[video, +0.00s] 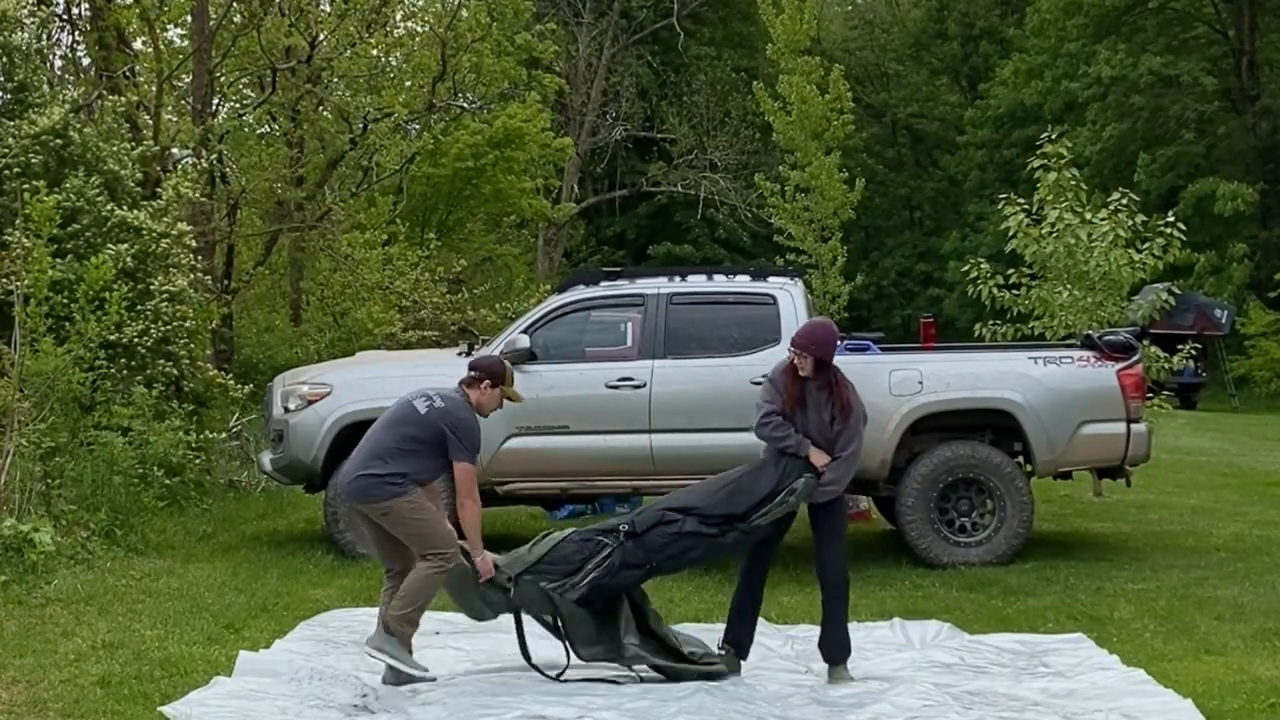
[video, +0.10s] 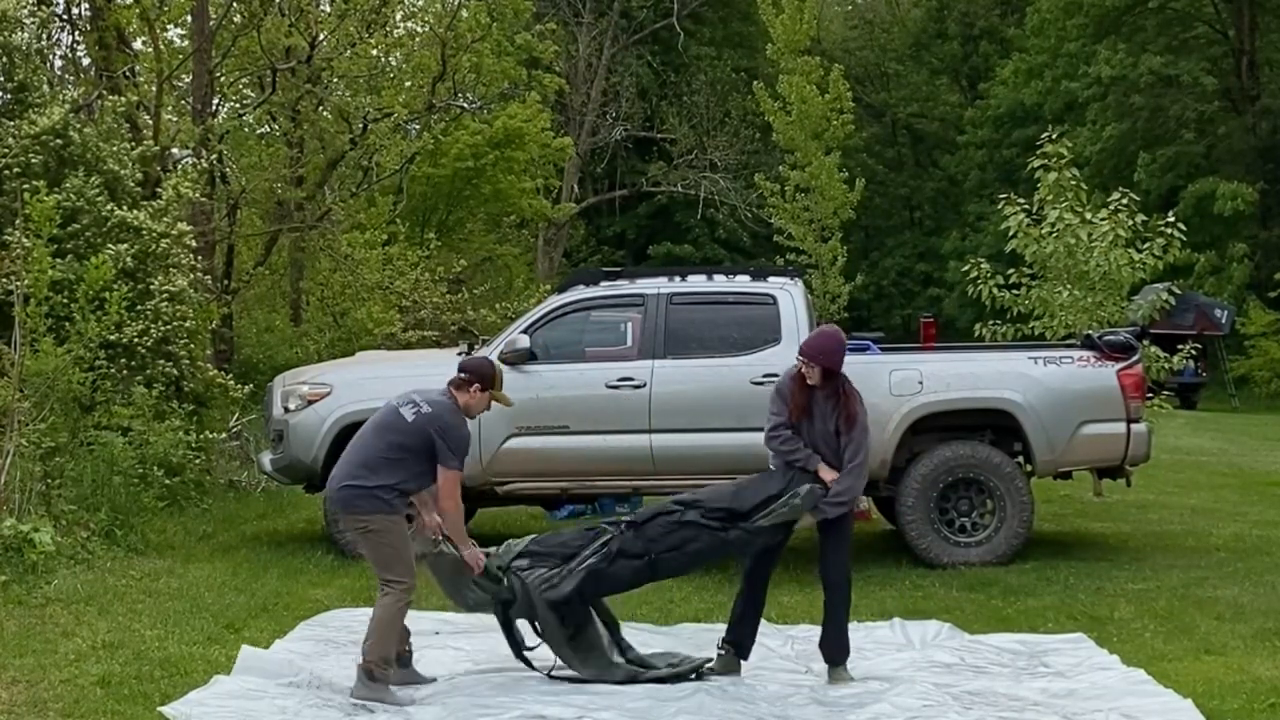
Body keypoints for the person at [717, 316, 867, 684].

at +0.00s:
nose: (797, 360)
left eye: (804, 356)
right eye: (795, 353)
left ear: (823, 358)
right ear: (793, 351)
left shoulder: (844, 396)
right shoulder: (783, 376)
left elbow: (847, 456)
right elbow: (766, 422)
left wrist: (815, 490)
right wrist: (808, 449)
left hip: (829, 484)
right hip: (782, 478)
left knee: (833, 569)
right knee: (755, 563)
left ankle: (837, 661)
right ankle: (732, 651)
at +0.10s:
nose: (804, 367)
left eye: (811, 364)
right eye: (803, 361)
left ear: (829, 367)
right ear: (802, 359)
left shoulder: (849, 401)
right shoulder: (789, 384)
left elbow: (856, 468)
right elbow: (775, 436)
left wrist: (819, 509)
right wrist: (818, 465)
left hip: (835, 491)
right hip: (788, 485)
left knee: (837, 576)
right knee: (757, 566)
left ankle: (837, 663)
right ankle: (731, 654)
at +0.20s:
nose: (808, 388)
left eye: (815, 385)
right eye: (806, 382)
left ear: (834, 386)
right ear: (804, 378)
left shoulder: (852, 414)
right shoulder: (791, 399)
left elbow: (855, 483)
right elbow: (783, 458)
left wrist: (821, 535)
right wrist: (817, 493)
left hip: (838, 500)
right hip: (792, 493)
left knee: (840, 576)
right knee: (761, 566)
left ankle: (837, 663)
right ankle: (732, 653)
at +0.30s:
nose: (809, 405)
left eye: (816, 401)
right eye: (807, 398)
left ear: (835, 402)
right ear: (804, 393)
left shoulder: (855, 425)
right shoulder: (793, 412)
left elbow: (865, 493)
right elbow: (789, 471)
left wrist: (836, 546)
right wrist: (824, 507)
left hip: (842, 504)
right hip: (797, 497)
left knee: (844, 580)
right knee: (764, 568)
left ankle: (837, 664)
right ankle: (732, 655)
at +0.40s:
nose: (811, 424)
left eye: (819, 419)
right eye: (809, 416)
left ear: (838, 420)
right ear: (804, 411)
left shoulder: (862, 443)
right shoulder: (794, 437)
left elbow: (867, 506)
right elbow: (811, 498)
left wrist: (850, 567)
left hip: (846, 503)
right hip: (799, 495)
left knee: (850, 575)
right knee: (765, 565)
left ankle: (837, 664)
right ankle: (732, 657)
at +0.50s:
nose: (816, 450)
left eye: (823, 446)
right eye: (813, 442)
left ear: (840, 443)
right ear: (808, 434)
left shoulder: (863, 456)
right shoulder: (796, 448)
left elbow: (865, 519)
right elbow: (805, 507)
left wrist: (853, 592)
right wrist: (846, 549)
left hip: (843, 510)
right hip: (799, 504)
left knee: (845, 578)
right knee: (767, 570)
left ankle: (837, 664)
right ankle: (734, 656)